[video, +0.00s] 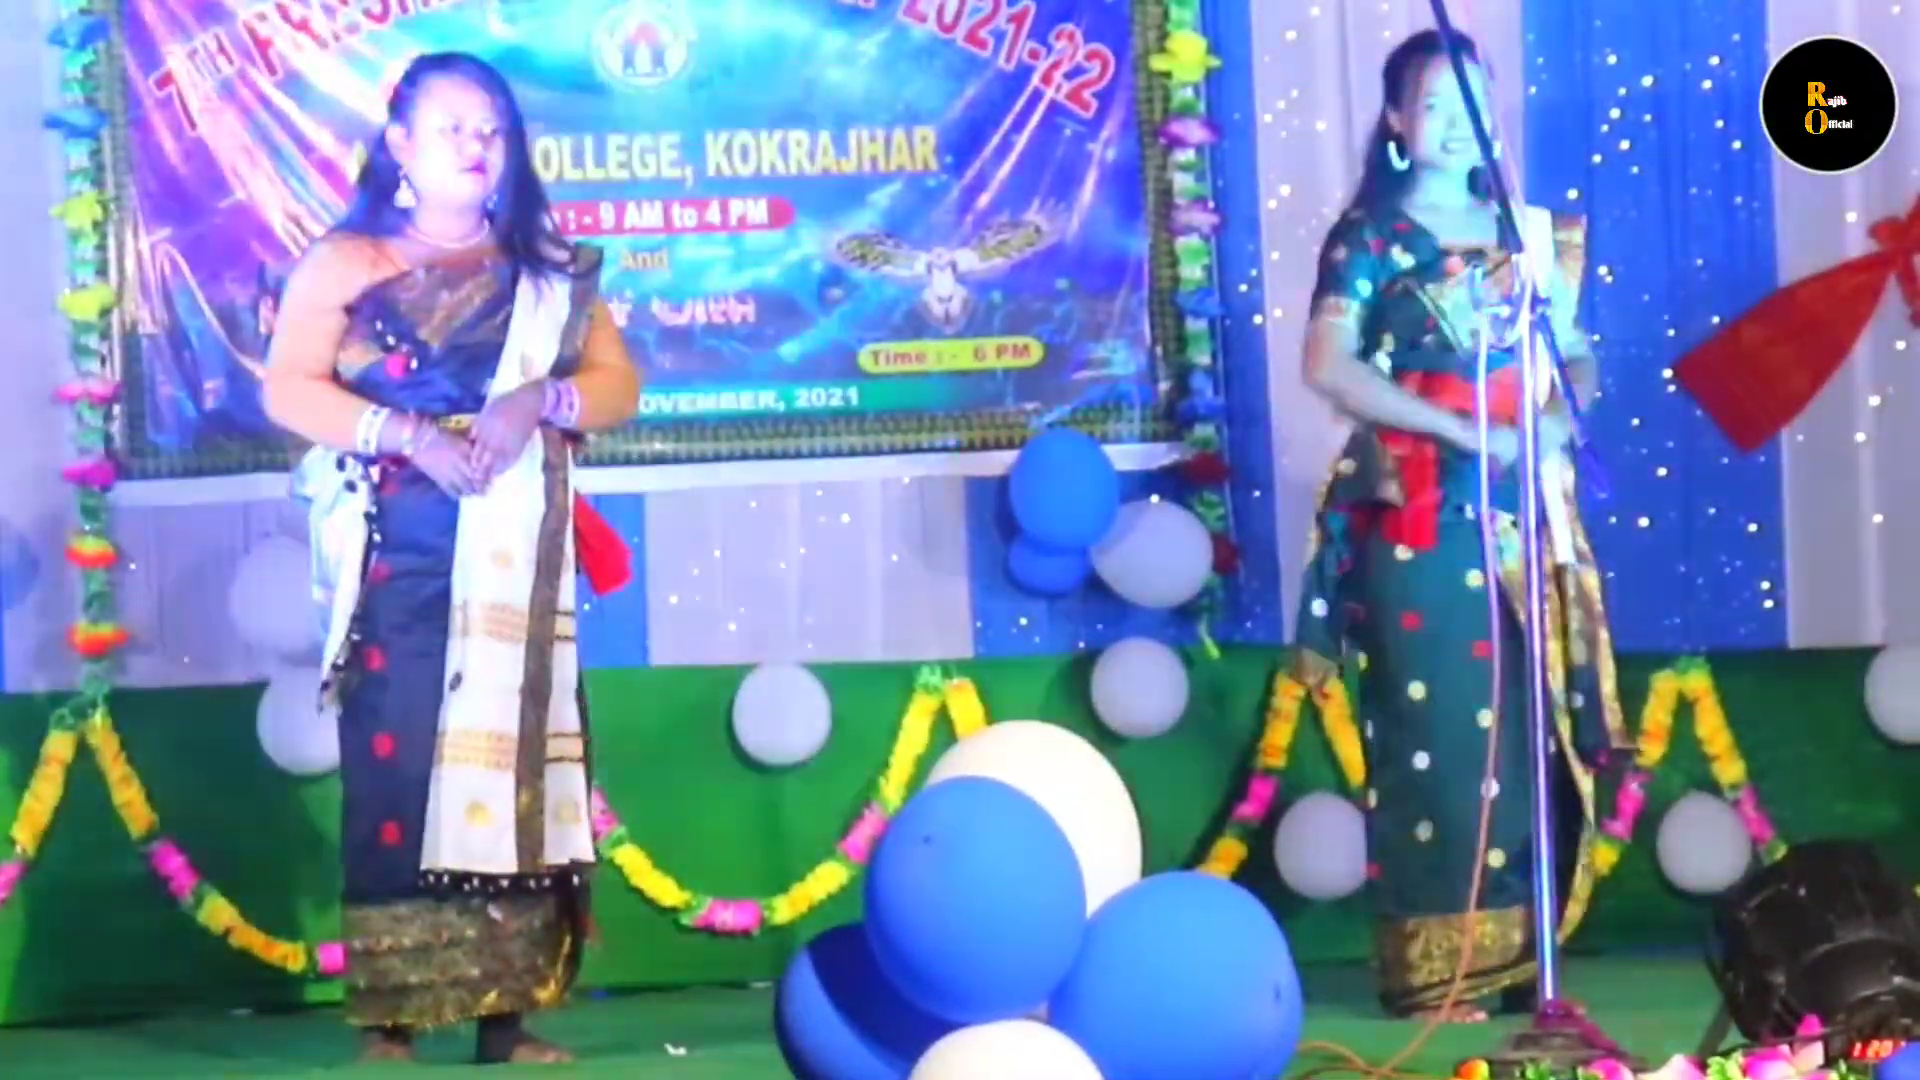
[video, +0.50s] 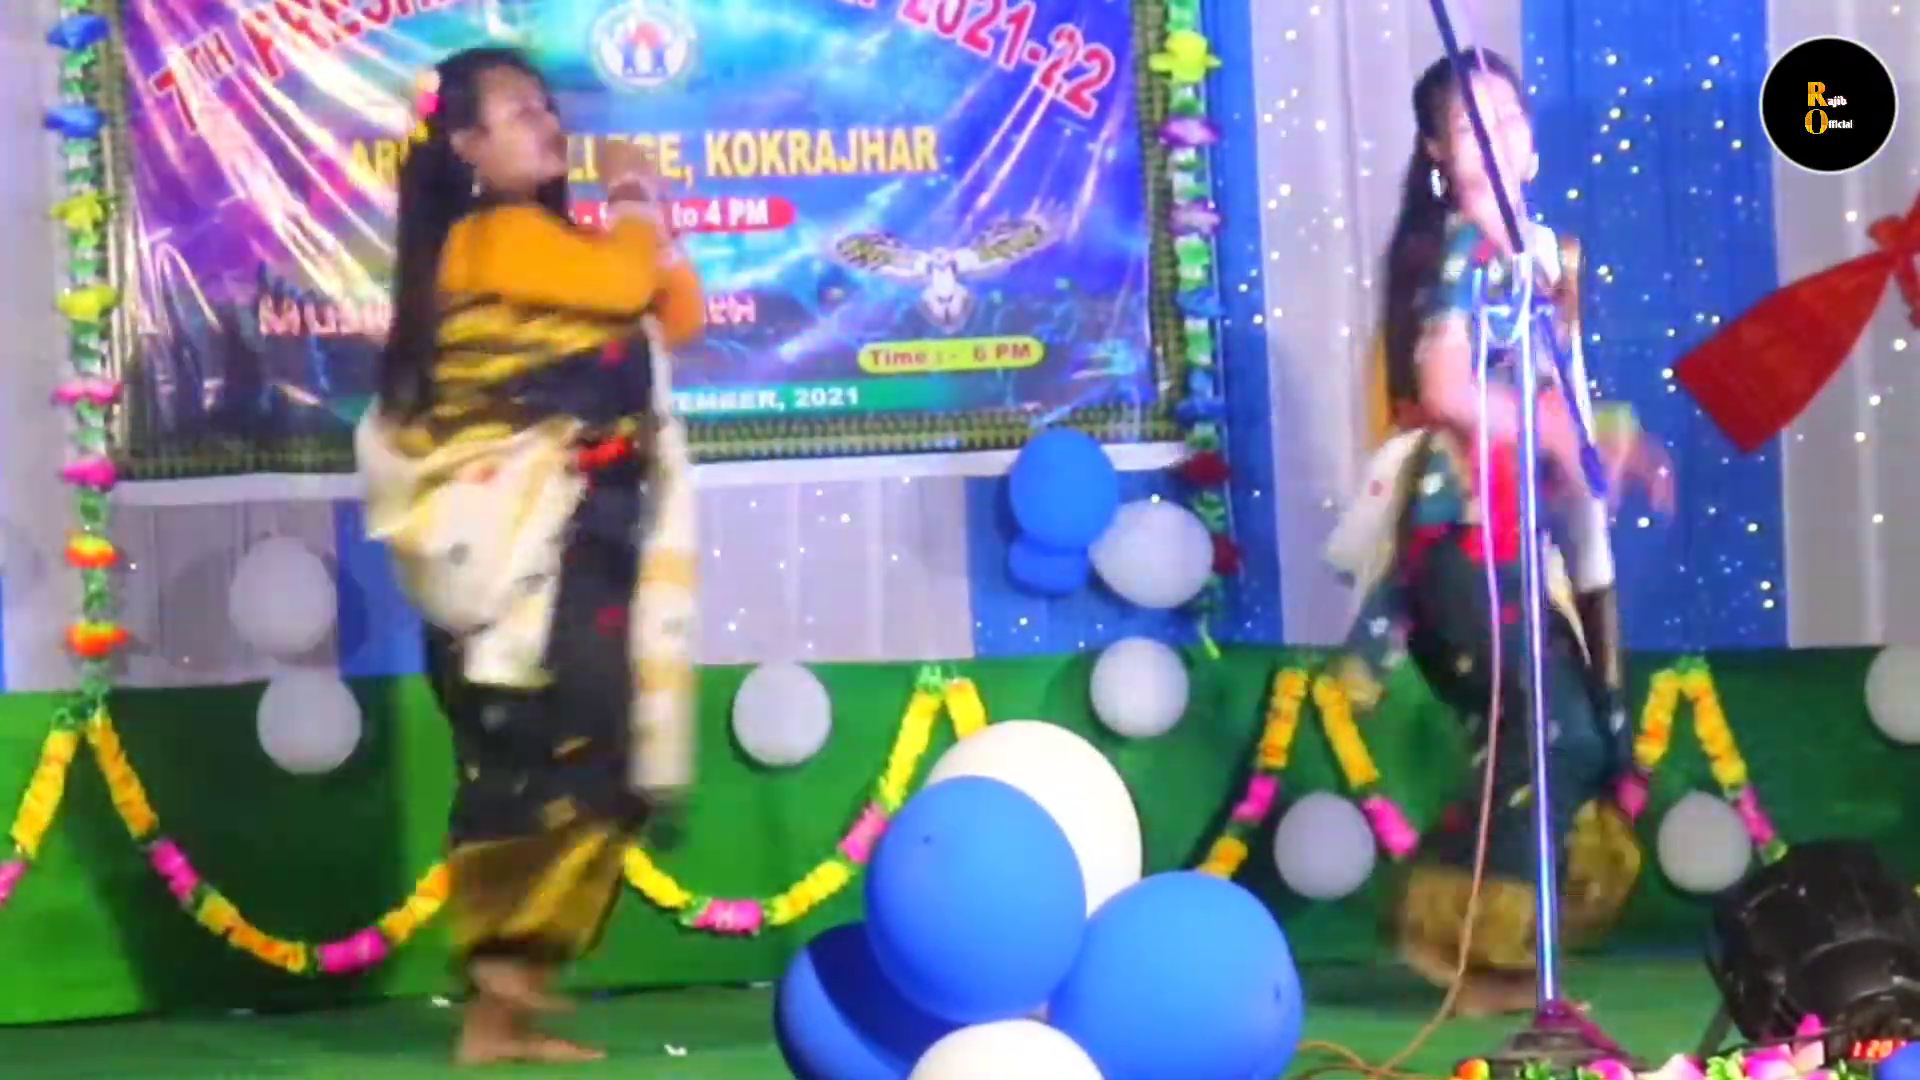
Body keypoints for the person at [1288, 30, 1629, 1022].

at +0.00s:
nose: (1454, 122)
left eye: (1469, 104)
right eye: (1434, 104)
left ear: (1490, 114)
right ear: (1397, 117)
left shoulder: (1522, 228)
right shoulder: (1370, 235)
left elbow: (1568, 387)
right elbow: (1331, 368)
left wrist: (1562, 323)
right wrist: (1463, 429)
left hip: (1524, 515)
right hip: (1421, 517)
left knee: (1533, 728)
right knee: (1438, 730)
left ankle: (1525, 963)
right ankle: (1434, 967)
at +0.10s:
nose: (1455, 122)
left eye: (1470, 104)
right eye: (1436, 105)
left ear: (1491, 113)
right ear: (1399, 117)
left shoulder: (1520, 227)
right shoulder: (1372, 230)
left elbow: (1570, 375)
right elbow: (1334, 356)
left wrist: (1559, 329)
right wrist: (1465, 406)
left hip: (1524, 509)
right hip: (1422, 512)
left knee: (1527, 725)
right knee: (1440, 724)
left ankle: (1523, 960)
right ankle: (1434, 962)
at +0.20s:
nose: (1458, 120)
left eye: (1472, 102)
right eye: (1440, 103)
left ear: (1494, 111)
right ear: (1405, 115)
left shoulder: (1520, 225)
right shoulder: (1383, 226)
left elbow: (1564, 364)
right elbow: (1352, 361)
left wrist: (1551, 293)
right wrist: (1480, 415)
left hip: (1523, 502)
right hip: (1428, 507)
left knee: (1524, 722)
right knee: (1440, 722)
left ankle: (1517, 955)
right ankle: (1430, 964)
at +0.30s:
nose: (1466, 131)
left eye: (1481, 111)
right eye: (1446, 112)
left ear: (1504, 119)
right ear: (1413, 125)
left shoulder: (1520, 234)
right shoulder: (1401, 235)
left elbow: (1548, 372)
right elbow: (1367, 385)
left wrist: (1550, 434)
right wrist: (1478, 459)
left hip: (1516, 512)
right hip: (1432, 515)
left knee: (1520, 727)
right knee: (1438, 729)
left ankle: (1512, 955)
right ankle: (1428, 963)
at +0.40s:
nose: (1472, 151)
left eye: (1487, 132)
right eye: (1452, 136)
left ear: (1517, 141)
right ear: (1426, 153)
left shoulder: (1535, 262)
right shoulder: (1427, 260)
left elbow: (1544, 403)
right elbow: (1425, 419)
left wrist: (1578, 497)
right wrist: (1515, 521)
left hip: (1522, 528)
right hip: (1448, 527)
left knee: (1570, 737)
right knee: (1496, 734)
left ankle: (1523, 953)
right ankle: (1430, 952)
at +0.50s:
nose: (1503, 139)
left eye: (1510, 119)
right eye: (1478, 125)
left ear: (1530, 129)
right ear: (1441, 145)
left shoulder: (1525, 248)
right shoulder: (1448, 244)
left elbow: (1536, 390)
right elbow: (1441, 391)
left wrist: (1609, 446)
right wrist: (1549, 435)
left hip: (1513, 529)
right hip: (1460, 531)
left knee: (1563, 727)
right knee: (1554, 727)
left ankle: (1451, 907)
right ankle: (1477, 929)